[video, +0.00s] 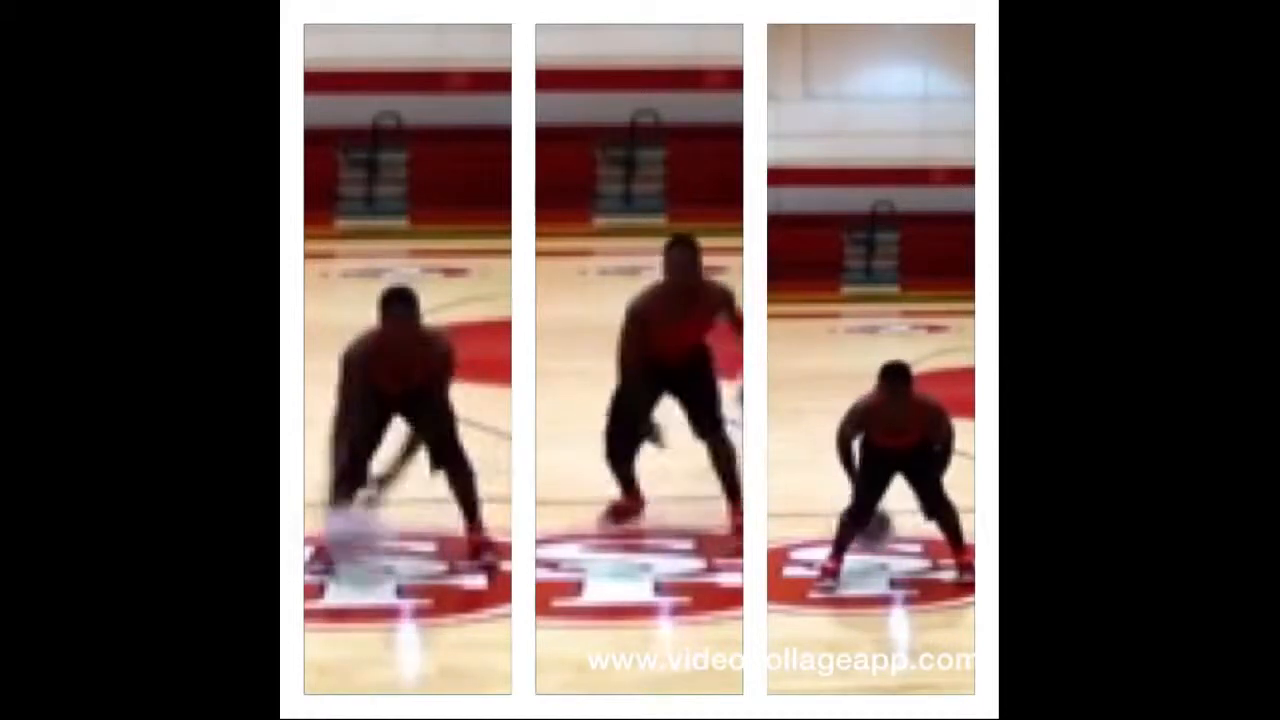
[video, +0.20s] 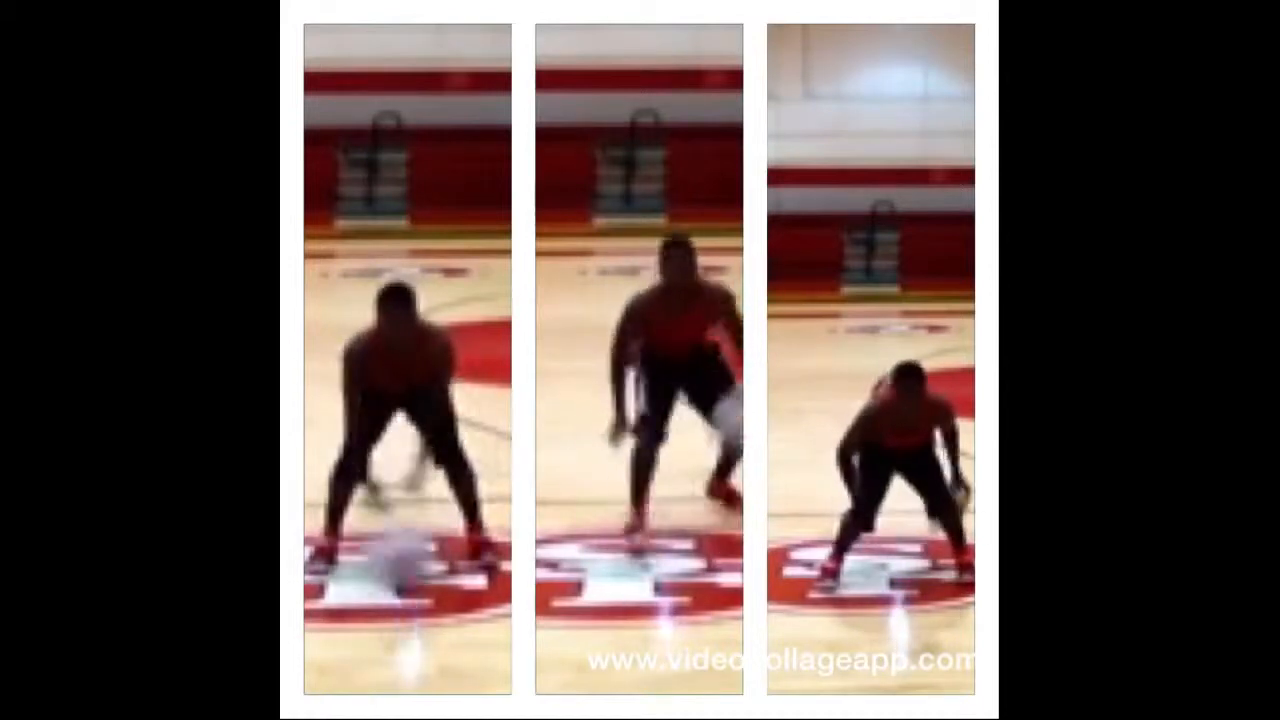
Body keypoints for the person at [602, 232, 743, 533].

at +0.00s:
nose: (681, 273)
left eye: (687, 265)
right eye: (674, 265)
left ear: (698, 265)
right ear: (665, 266)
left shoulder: (714, 298)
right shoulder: (644, 308)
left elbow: (742, 338)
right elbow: (630, 370)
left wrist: (746, 384)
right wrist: (642, 416)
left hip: (692, 366)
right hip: (647, 369)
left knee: (713, 433)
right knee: (618, 441)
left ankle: (737, 508)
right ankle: (632, 498)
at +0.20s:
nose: (678, 272)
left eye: (684, 264)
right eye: (671, 264)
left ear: (695, 265)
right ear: (661, 266)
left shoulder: (716, 300)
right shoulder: (643, 308)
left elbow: (740, 345)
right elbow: (619, 360)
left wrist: (748, 387)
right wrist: (620, 413)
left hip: (701, 364)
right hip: (657, 369)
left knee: (738, 426)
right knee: (648, 437)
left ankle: (719, 483)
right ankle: (638, 515)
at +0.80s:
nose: (673, 280)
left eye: (678, 272)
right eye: (665, 273)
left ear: (688, 272)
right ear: (655, 273)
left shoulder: (706, 305)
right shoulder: (635, 311)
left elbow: (726, 348)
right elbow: (634, 373)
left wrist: (743, 385)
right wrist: (654, 416)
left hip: (690, 375)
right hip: (647, 375)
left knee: (703, 436)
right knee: (614, 438)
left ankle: (723, 509)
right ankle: (636, 502)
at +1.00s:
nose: (675, 269)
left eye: (681, 260)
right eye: (668, 261)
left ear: (693, 259)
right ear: (660, 262)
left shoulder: (713, 288)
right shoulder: (645, 296)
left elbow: (754, 315)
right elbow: (615, 343)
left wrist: (752, 369)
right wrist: (609, 400)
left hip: (698, 359)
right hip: (656, 362)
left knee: (734, 422)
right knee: (638, 431)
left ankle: (722, 476)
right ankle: (633, 502)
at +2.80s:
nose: (696, 271)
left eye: (702, 262)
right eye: (690, 263)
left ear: (712, 261)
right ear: (680, 263)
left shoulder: (732, 297)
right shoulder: (664, 303)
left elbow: (752, 347)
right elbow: (639, 355)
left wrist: (752, 396)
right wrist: (635, 407)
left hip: (721, 363)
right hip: (676, 365)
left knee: (741, 428)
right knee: (662, 434)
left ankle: (733, 474)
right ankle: (650, 506)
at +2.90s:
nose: (694, 279)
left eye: (699, 271)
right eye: (688, 272)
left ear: (709, 271)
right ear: (678, 273)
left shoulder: (728, 308)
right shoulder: (664, 311)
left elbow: (735, 366)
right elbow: (644, 359)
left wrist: (710, 414)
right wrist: (642, 406)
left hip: (718, 377)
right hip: (680, 378)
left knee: (748, 430)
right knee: (676, 436)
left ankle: (731, 476)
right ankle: (652, 505)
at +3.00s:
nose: (687, 268)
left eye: (693, 261)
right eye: (681, 261)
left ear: (704, 261)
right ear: (672, 262)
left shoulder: (727, 298)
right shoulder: (661, 295)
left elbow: (744, 346)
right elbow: (629, 330)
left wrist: (735, 387)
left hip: (721, 364)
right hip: (678, 364)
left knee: (734, 423)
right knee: (666, 430)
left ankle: (733, 473)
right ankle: (649, 503)